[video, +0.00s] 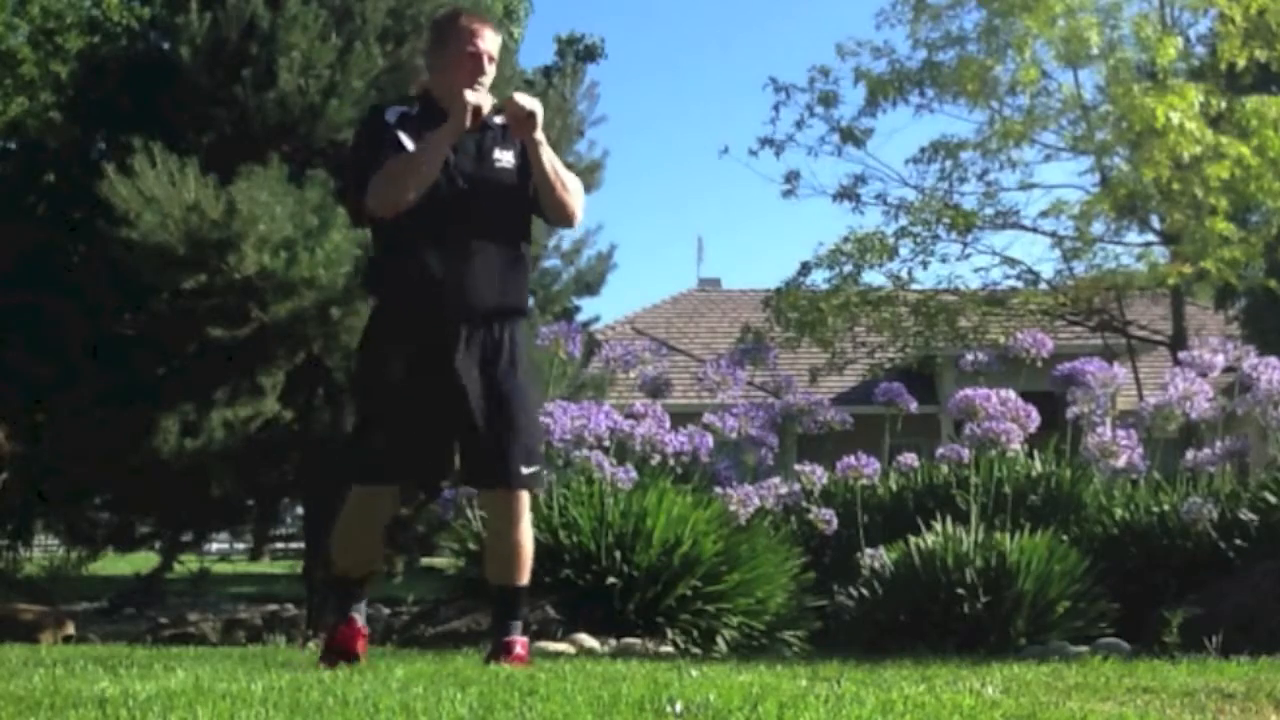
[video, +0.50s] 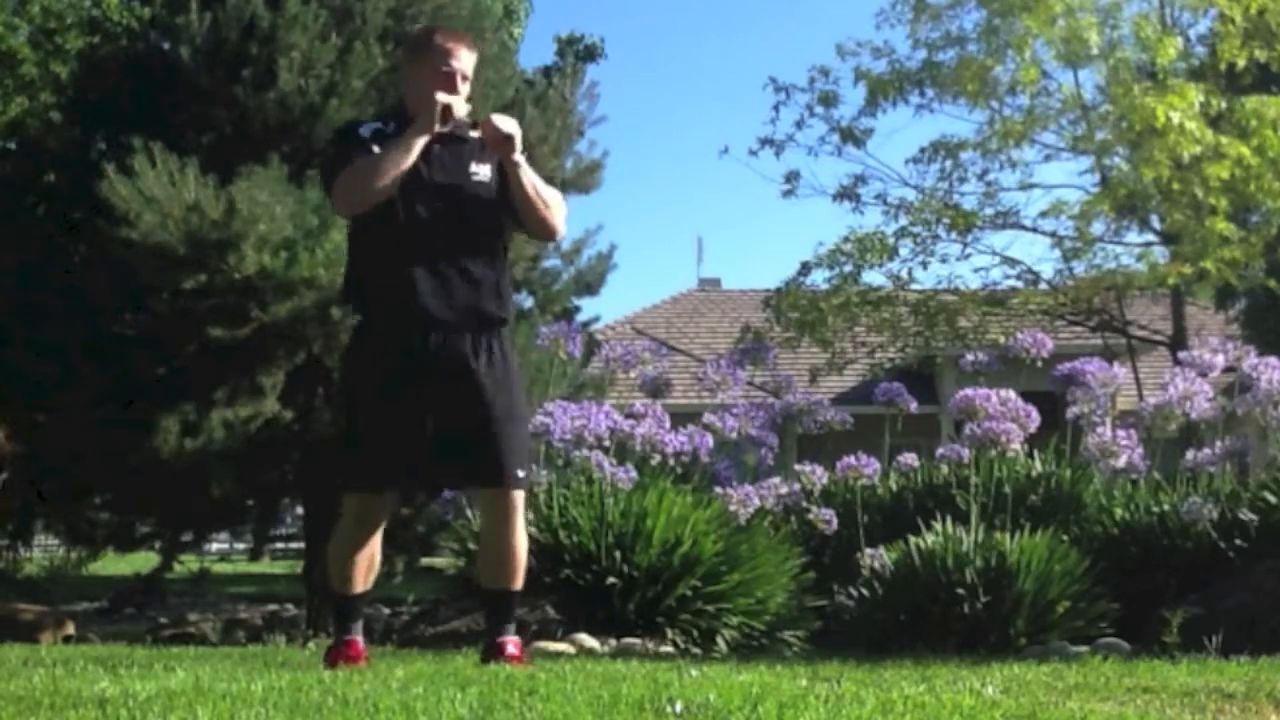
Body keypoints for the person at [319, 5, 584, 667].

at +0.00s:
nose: (482, 68)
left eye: (489, 60)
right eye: (469, 56)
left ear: (499, 70)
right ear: (432, 61)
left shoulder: (513, 139)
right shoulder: (394, 127)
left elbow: (569, 212)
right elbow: (382, 201)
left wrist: (535, 139)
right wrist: (455, 127)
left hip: (496, 334)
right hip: (409, 331)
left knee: (509, 485)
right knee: (379, 483)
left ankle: (509, 634)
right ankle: (346, 618)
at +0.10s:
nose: (473, 77)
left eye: (482, 69)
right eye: (461, 64)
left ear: (491, 79)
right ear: (423, 66)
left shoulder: (509, 144)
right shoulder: (385, 128)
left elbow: (565, 216)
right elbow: (374, 193)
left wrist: (533, 144)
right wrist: (448, 124)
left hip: (492, 336)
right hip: (404, 333)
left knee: (511, 486)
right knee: (380, 488)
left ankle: (508, 635)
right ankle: (347, 627)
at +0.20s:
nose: (465, 95)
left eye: (474, 87)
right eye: (452, 82)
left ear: (482, 98)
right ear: (414, 84)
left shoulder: (504, 167)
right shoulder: (376, 150)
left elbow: (554, 241)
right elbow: (370, 204)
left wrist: (522, 167)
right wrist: (441, 137)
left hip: (486, 359)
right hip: (395, 356)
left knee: (514, 497)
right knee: (370, 503)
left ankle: (507, 639)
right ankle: (349, 640)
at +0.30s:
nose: (462, 82)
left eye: (471, 73)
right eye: (449, 68)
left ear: (480, 83)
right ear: (412, 69)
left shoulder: (496, 151)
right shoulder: (372, 139)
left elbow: (542, 233)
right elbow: (362, 210)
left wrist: (514, 169)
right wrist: (433, 146)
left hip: (484, 346)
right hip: (394, 344)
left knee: (509, 488)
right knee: (371, 496)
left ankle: (507, 635)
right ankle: (346, 635)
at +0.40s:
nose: (459, 71)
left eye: (469, 62)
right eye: (447, 57)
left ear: (477, 71)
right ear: (409, 58)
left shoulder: (494, 136)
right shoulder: (371, 124)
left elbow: (546, 218)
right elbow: (354, 197)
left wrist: (513, 156)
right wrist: (426, 137)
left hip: (481, 330)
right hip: (392, 330)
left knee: (508, 475)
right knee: (369, 486)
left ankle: (508, 633)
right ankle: (344, 633)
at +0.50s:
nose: (453, 86)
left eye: (463, 78)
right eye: (442, 73)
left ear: (472, 87)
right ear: (406, 71)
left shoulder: (494, 151)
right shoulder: (367, 141)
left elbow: (551, 225)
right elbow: (349, 200)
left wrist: (514, 161)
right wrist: (422, 132)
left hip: (481, 344)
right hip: (390, 343)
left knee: (506, 492)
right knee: (369, 499)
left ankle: (502, 637)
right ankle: (348, 636)